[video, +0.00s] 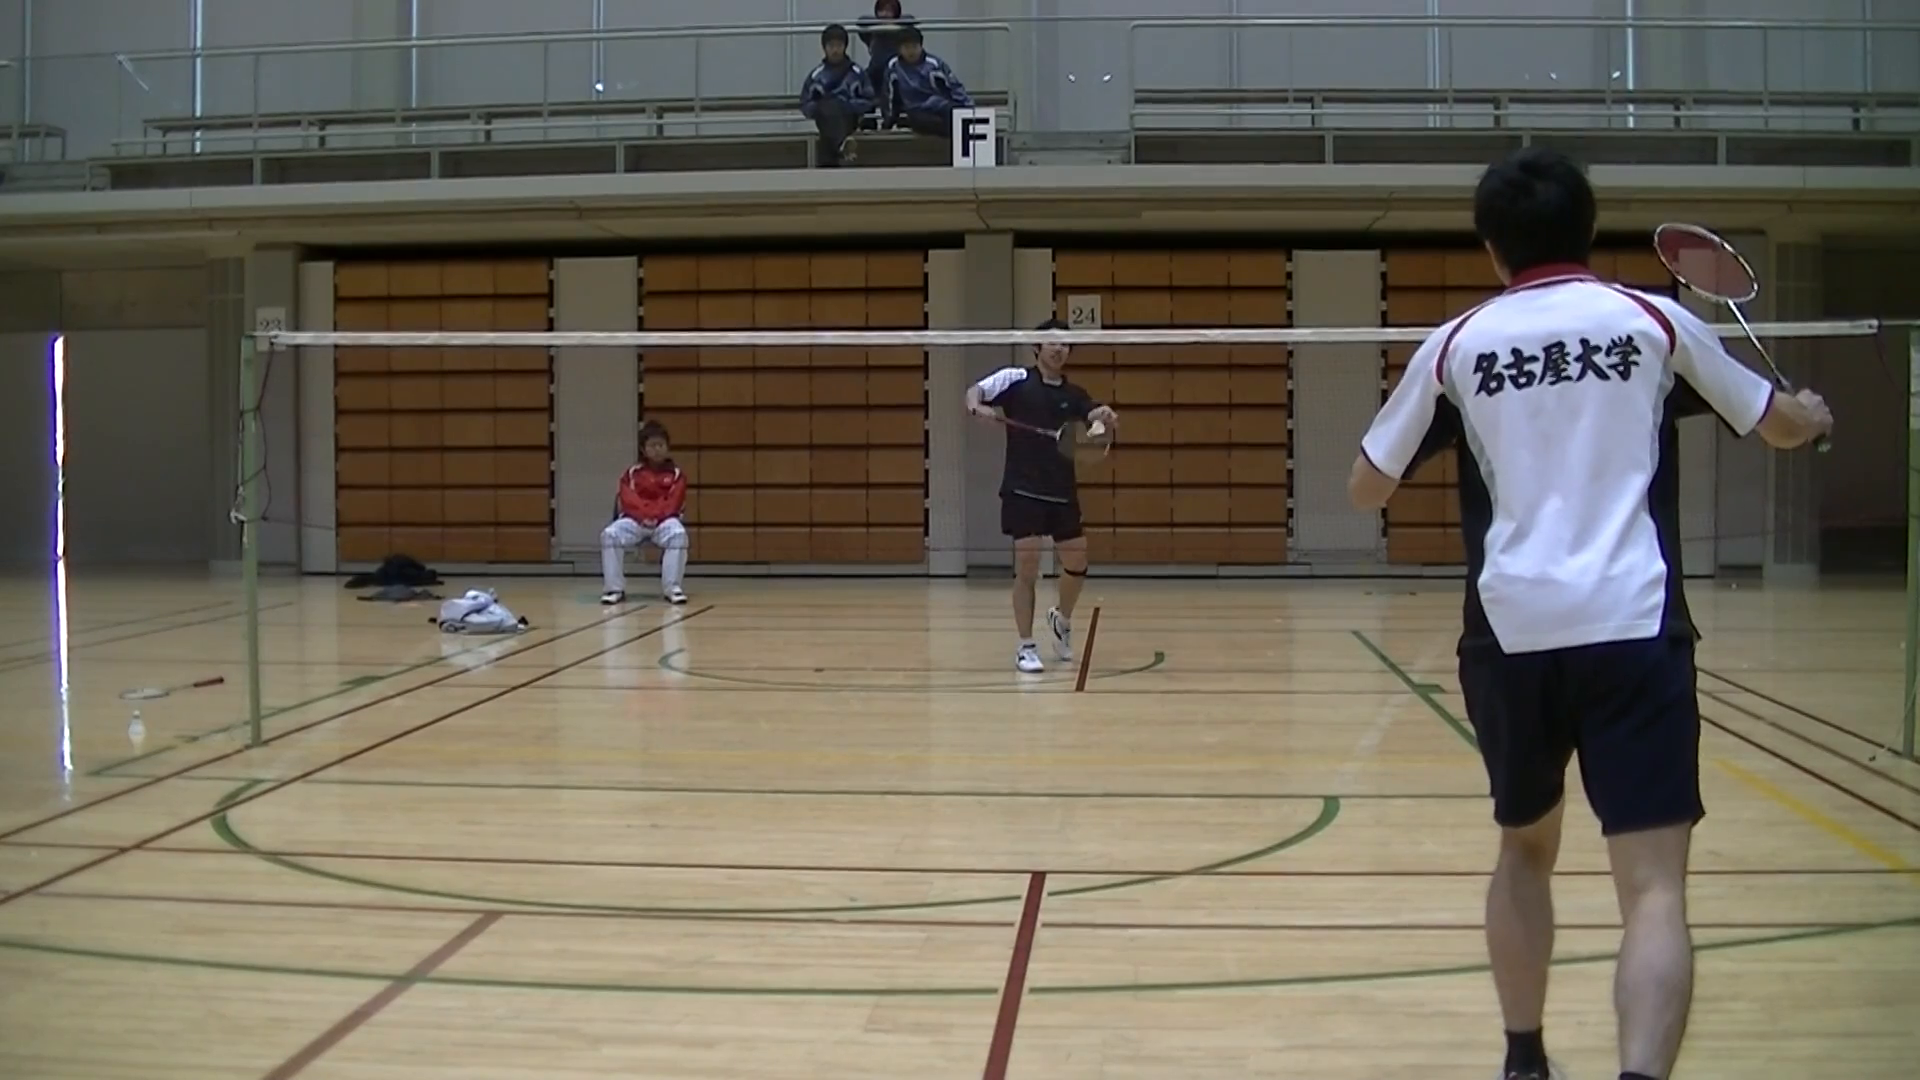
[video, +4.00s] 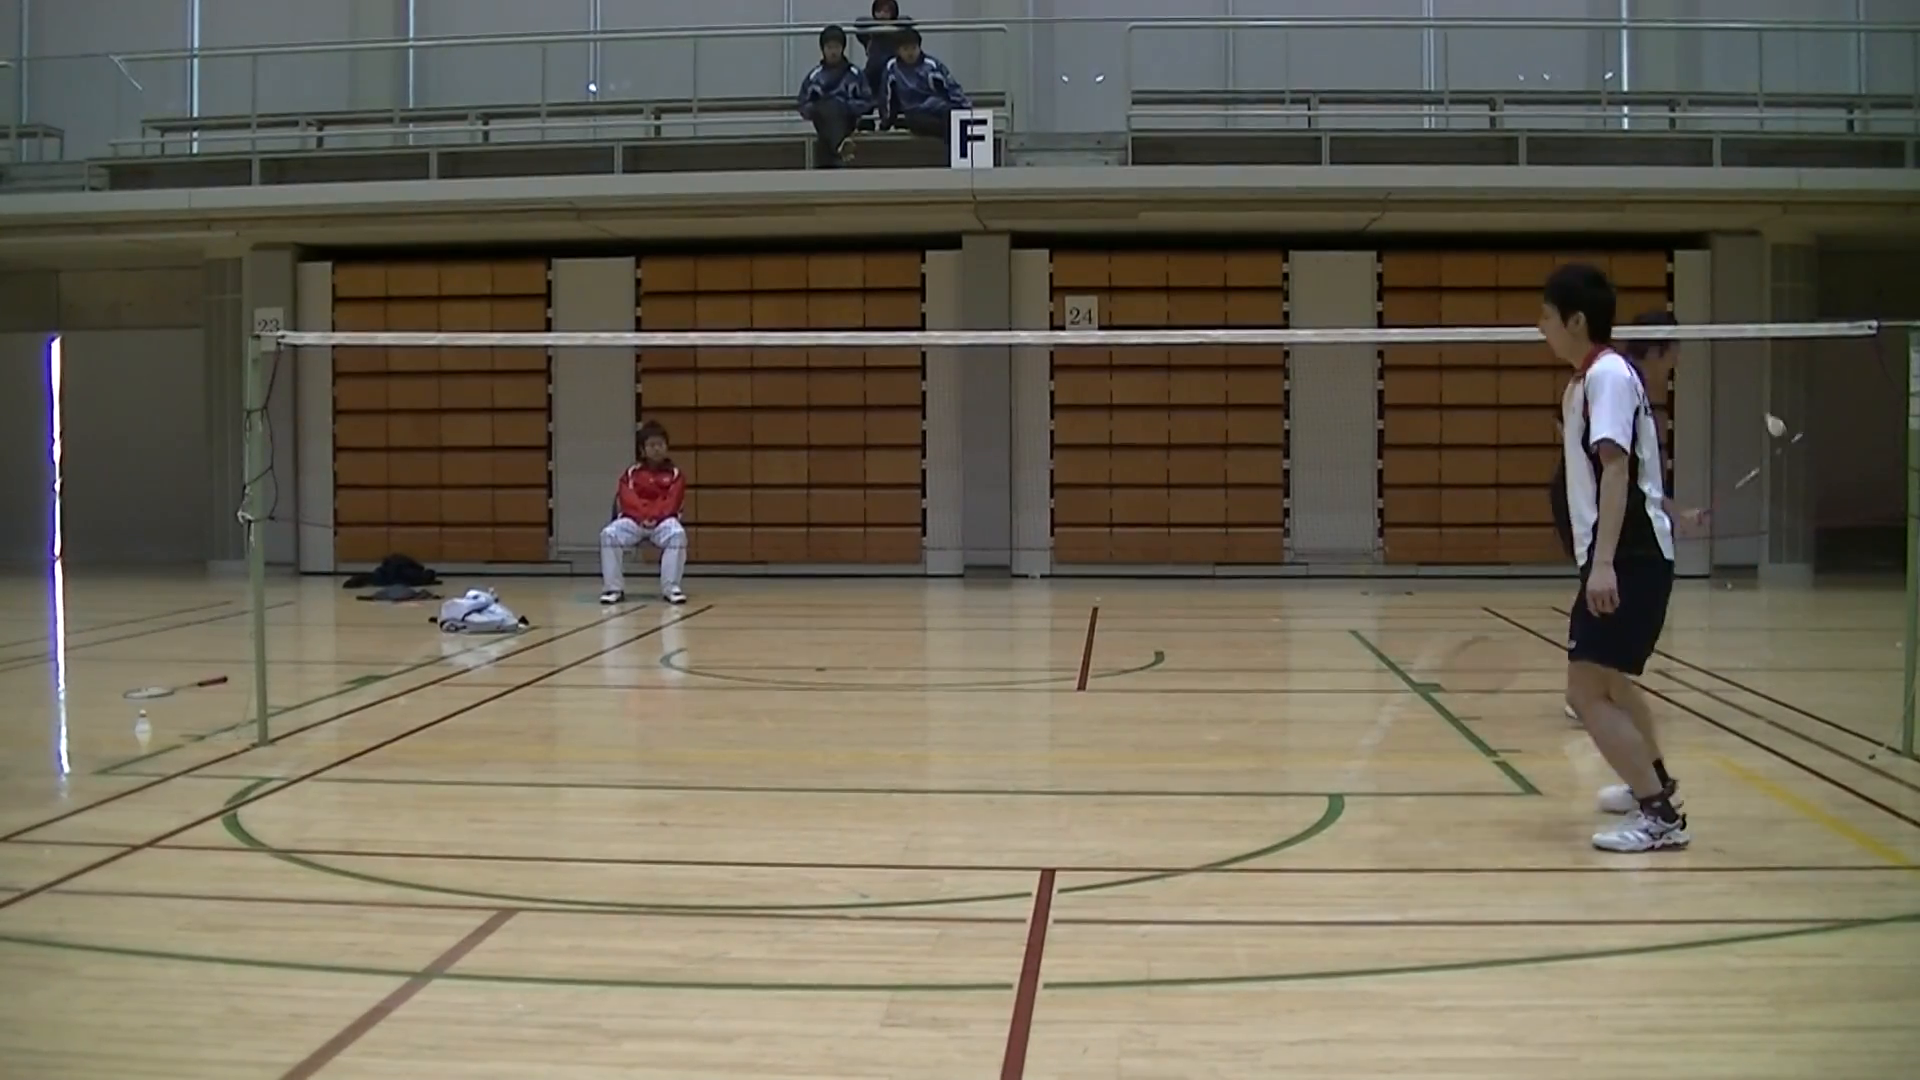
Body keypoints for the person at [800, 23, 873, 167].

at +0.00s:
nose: (835, 50)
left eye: (839, 45)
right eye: (831, 45)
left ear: (845, 47)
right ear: (824, 48)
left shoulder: (857, 72)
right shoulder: (815, 75)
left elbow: (869, 102)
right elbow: (806, 106)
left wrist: (844, 105)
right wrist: (822, 106)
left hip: (850, 119)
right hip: (824, 120)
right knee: (830, 105)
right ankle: (841, 143)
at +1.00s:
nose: (842, 50)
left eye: (846, 45)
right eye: (838, 46)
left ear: (852, 47)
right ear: (832, 48)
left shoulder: (866, 74)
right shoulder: (823, 76)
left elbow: (876, 103)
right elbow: (814, 105)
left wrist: (846, 103)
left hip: (860, 120)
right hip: (831, 120)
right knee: (835, 105)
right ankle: (851, 142)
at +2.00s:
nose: (830, 52)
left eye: (833, 46)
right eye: (825, 46)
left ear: (840, 48)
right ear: (819, 49)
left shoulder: (852, 75)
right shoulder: (810, 77)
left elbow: (864, 103)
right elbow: (799, 106)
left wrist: (840, 108)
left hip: (846, 122)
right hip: (818, 123)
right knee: (828, 108)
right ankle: (840, 148)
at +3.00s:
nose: (833, 52)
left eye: (837, 48)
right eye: (829, 48)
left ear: (843, 49)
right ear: (822, 50)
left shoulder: (855, 75)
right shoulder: (813, 77)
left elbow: (867, 104)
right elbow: (803, 107)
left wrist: (842, 108)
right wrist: (824, 109)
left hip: (849, 120)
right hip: (821, 121)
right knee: (831, 106)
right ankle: (839, 145)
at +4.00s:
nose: (833, 51)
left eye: (837, 47)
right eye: (829, 47)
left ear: (843, 48)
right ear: (822, 49)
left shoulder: (856, 74)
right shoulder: (813, 76)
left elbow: (867, 103)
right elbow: (803, 105)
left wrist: (844, 106)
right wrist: (818, 109)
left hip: (848, 119)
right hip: (821, 118)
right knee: (830, 105)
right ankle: (840, 144)